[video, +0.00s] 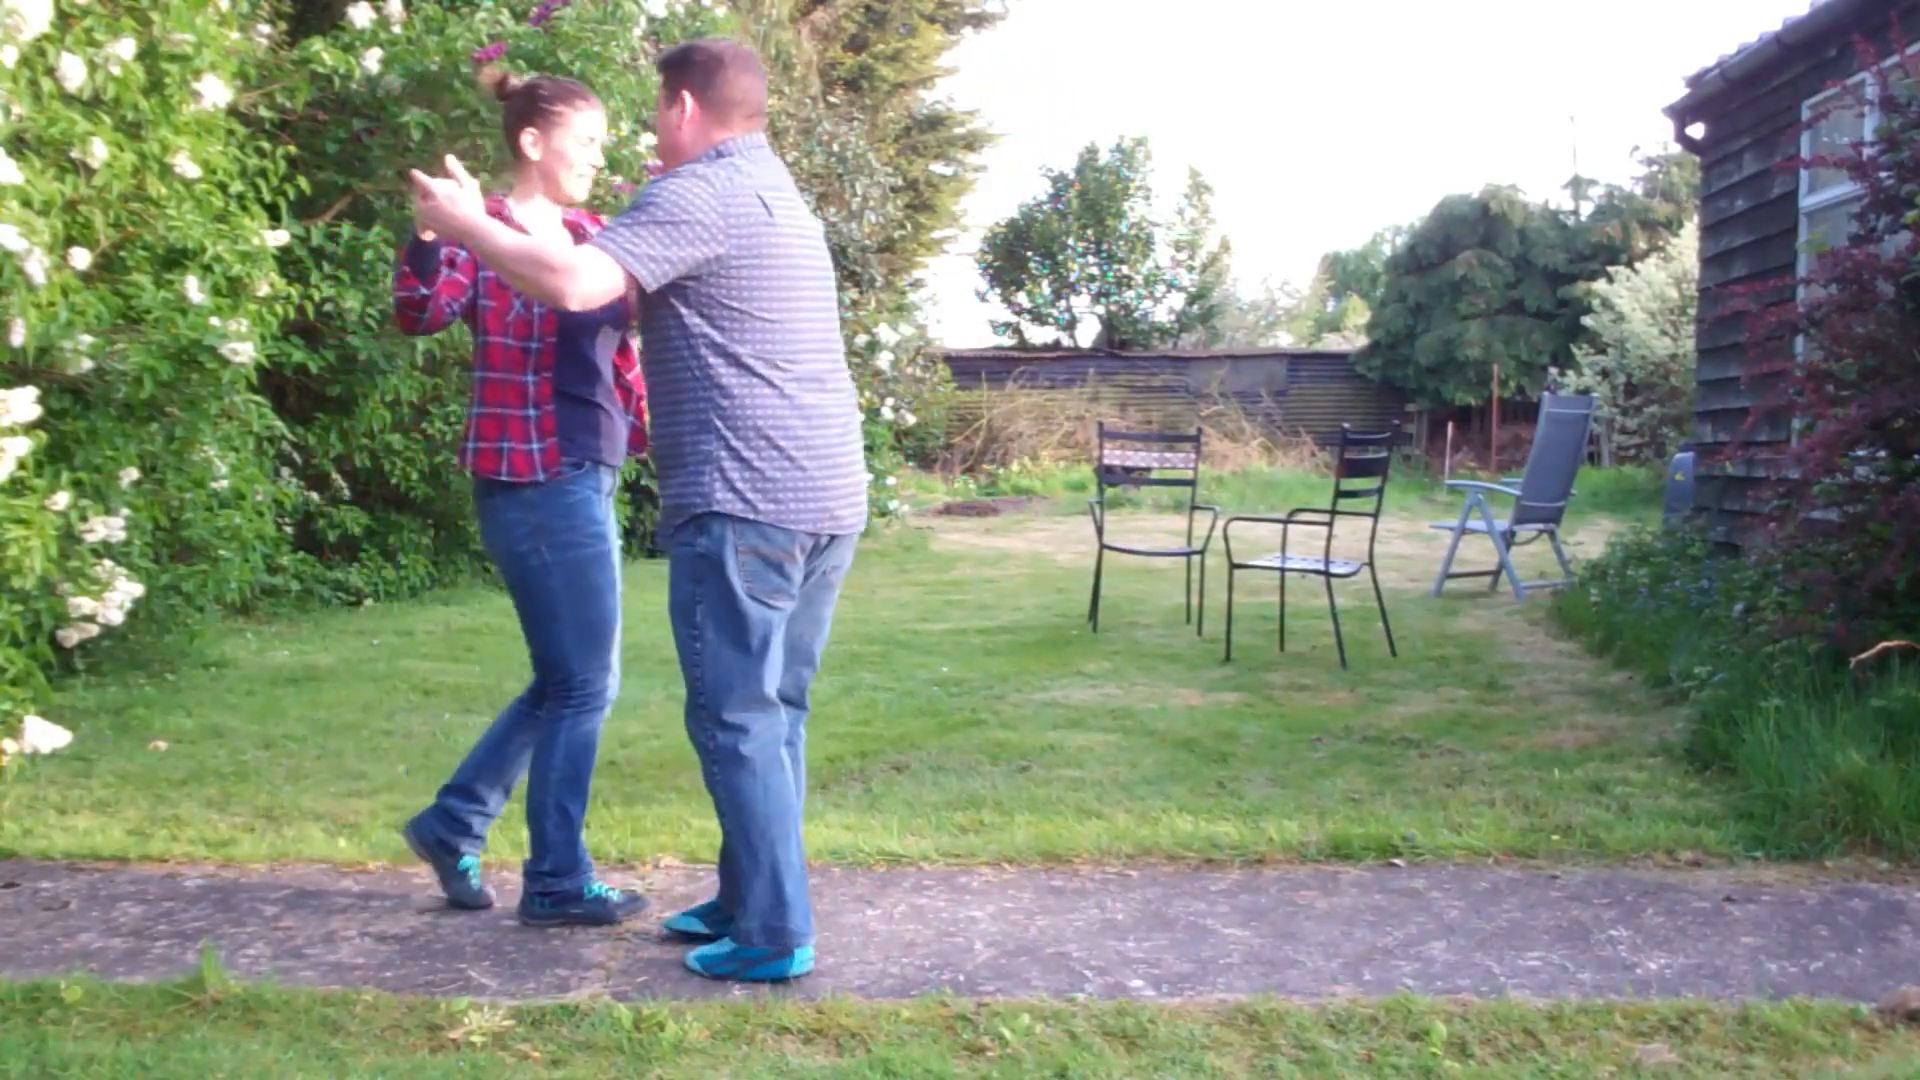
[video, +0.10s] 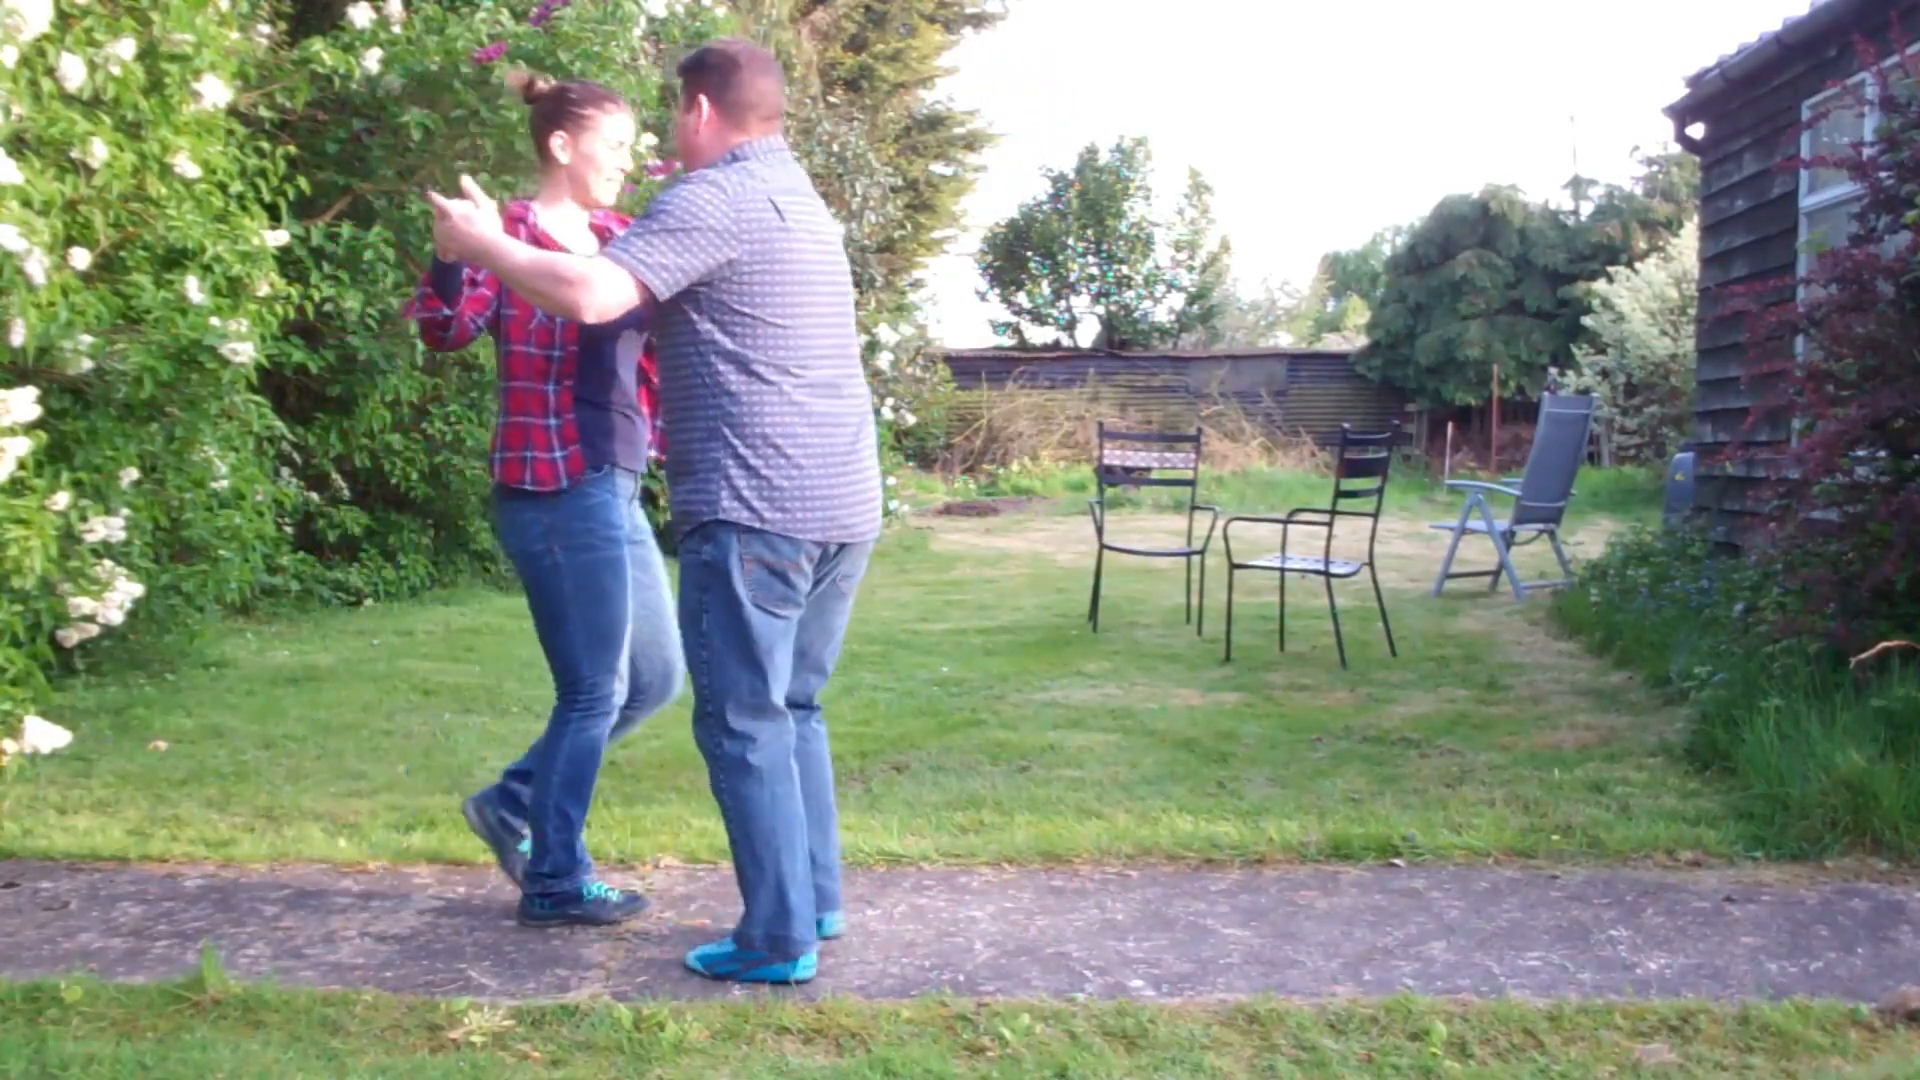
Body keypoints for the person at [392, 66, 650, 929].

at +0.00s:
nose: (599, 158)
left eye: (601, 144)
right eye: (587, 142)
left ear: (550, 146)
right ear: (533, 142)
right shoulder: (493, 231)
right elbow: (419, 316)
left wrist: (654, 443)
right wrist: (434, 233)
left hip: (561, 478)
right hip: (545, 482)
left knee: (565, 682)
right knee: (584, 687)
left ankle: (452, 824)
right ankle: (557, 878)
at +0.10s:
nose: (630, 161)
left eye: (633, 146)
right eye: (619, 144)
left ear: (586, 151)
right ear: (562, 145)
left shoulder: (622, 239)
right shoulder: (511, 230)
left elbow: (671, 331)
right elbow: (442, 330)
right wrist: (456, 248)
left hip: (609, 484)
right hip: (555, 487)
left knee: (655, 674)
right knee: (592, 690)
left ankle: (514, 802)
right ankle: (555, 880)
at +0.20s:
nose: (662, 167)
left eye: (665, 152)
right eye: (652, 150)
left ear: (619, 154)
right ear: (597, 150)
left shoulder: (654, 238)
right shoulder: (544, 239)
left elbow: (707, 319)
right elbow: (473, 349)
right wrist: (477, 281)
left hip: (650, 493)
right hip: (584, 494)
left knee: (704, 670)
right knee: (609, 697)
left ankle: (622, 829)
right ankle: (555, 878)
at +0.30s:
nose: (708, 171)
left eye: (710, 155)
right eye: (696, 154)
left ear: (653, 158)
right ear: (644, 154)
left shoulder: (686, 246)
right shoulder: (574, 243)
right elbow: (499, 356)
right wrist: (500, 309)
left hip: (685, 489)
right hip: (618, 494)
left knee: (728, 684)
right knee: (630, 699)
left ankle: (746, 857)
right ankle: (557, 874)